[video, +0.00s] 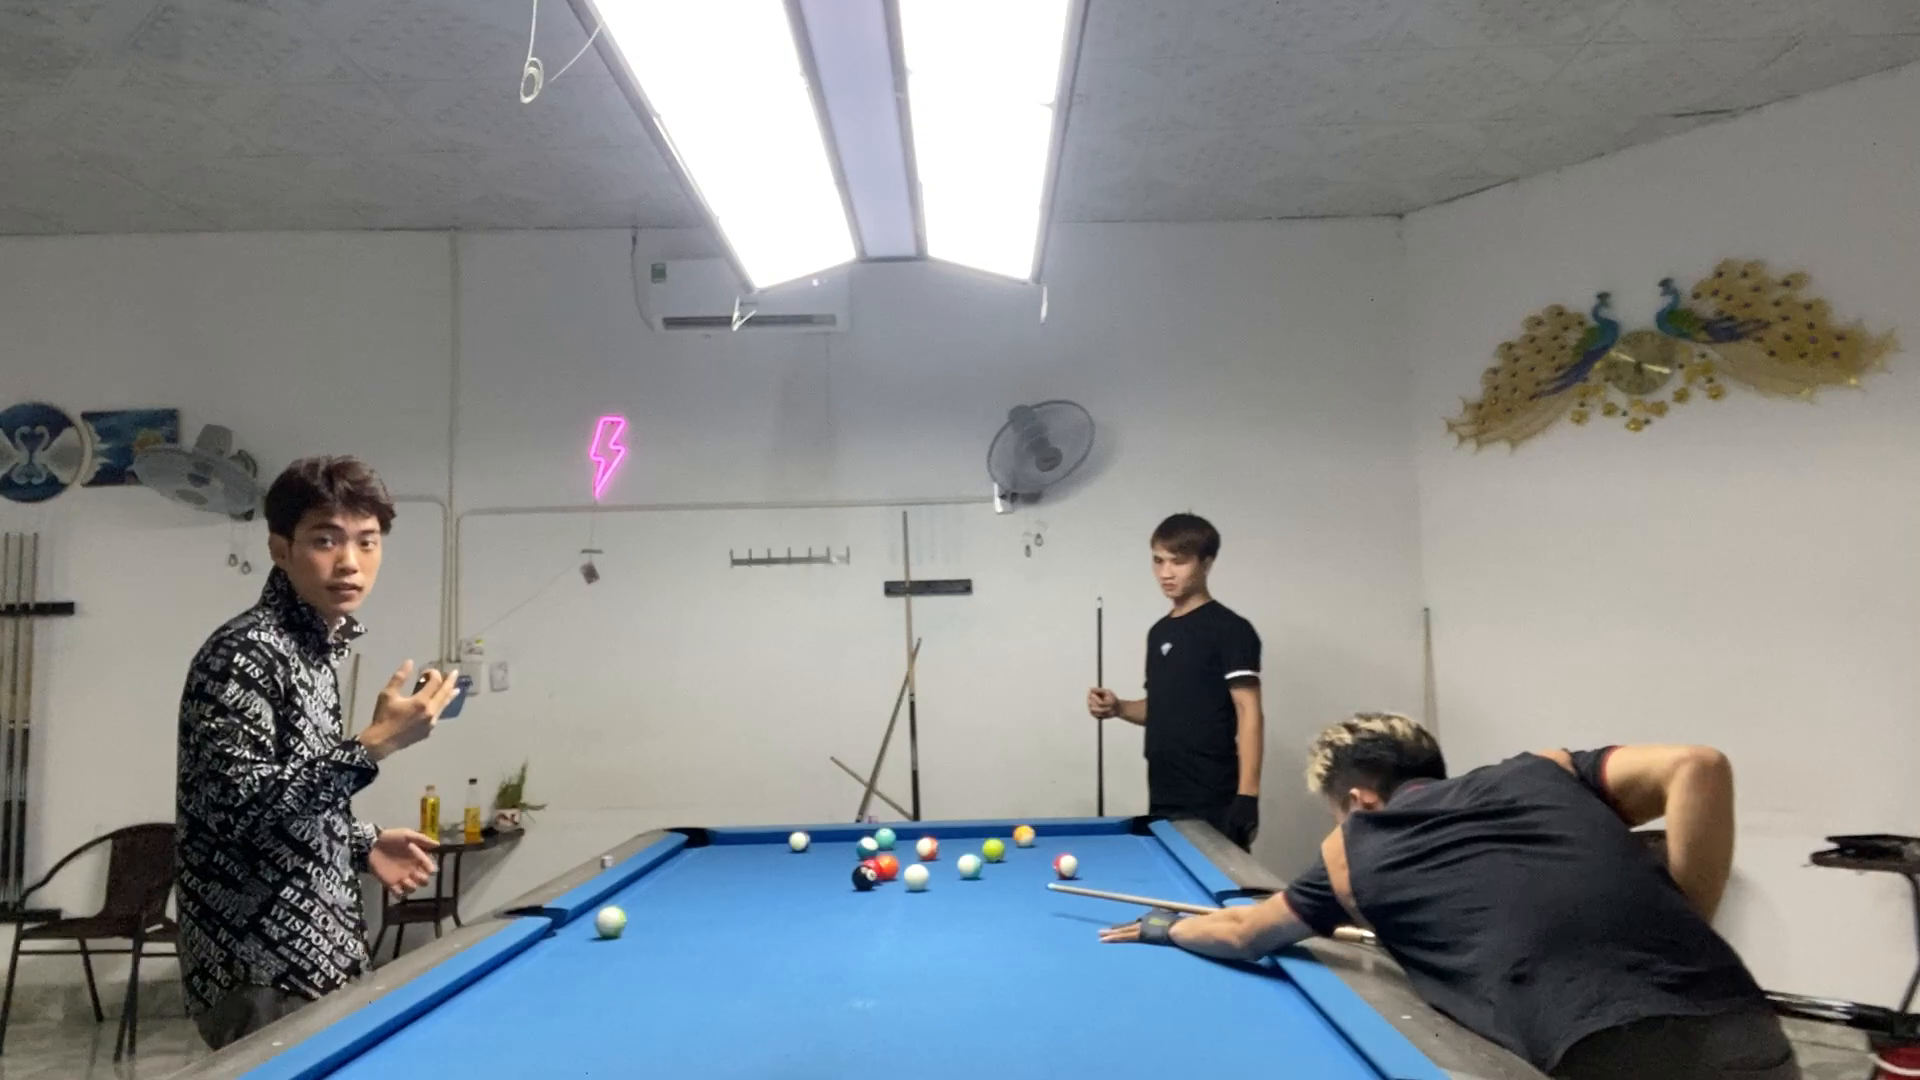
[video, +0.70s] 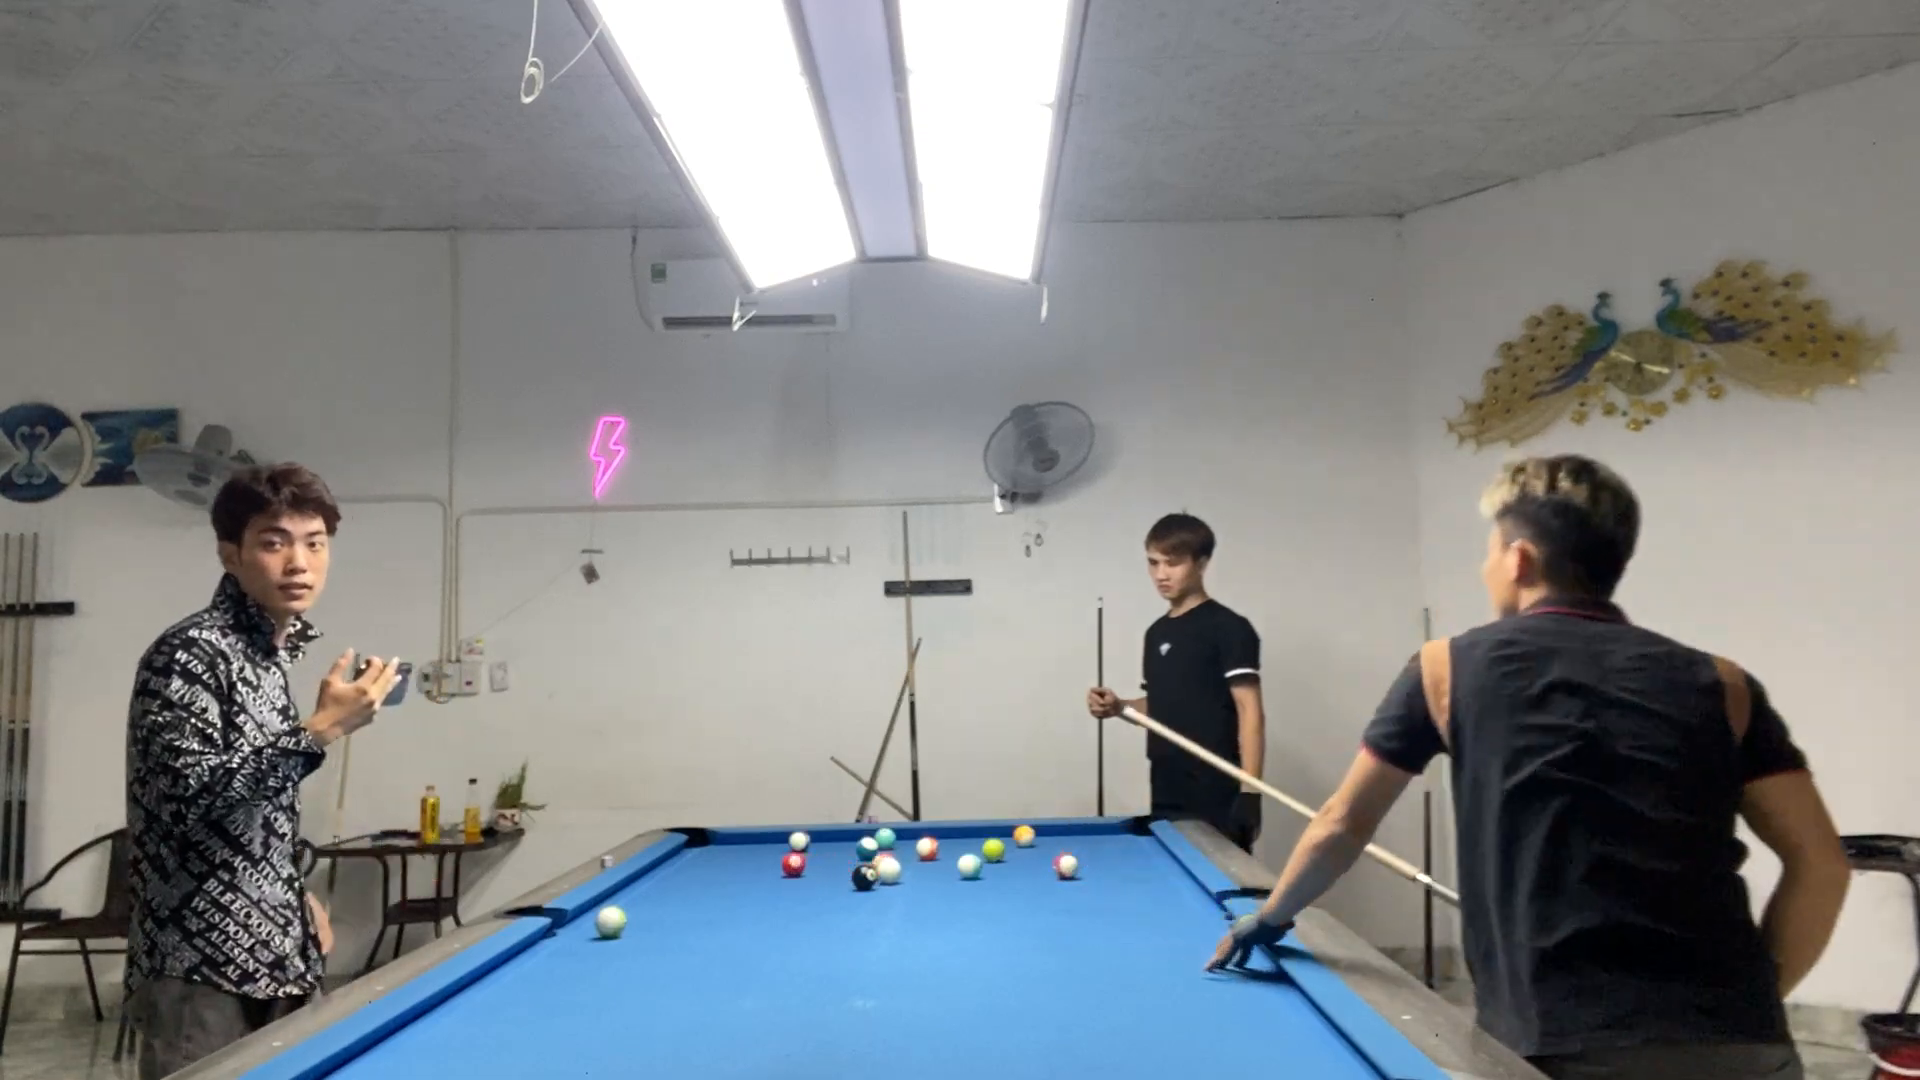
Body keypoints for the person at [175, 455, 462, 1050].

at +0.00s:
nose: (350, 561)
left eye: (366, 541)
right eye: (326, 540)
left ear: (381, 552)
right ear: (281, 549)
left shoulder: (314, 658)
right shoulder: (241, 654)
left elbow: (293, 807)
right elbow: (243, 810)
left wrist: (366, 844)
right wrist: (374, 743)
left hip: (321, 951)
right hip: (259, 967)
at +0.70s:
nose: (299, 563)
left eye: (314, 543)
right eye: (275, 542)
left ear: (329, 554)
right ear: (230, 554)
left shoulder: (267, 664)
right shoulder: (187, 657)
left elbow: (251, 820)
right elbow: (188, 796)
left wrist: (297, 897)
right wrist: (321, 728)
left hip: (279, 965)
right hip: (199, 973)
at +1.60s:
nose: (135, 601)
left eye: (141, 581)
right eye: (119, 581)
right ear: (50, 577)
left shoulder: (46, 659)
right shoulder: (9, 678)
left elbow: (45, 783)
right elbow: (44, 834)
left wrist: (91, 836)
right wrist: (165, 742)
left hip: (62, 977)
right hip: (25, 998)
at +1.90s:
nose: (107, 592)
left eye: (110, 572)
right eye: (92, 570)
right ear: (23, 572)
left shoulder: (25, 671)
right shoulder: (6, 680)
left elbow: (52, 790)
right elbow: (58, 814)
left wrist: (84, 838)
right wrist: (160, 725)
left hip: (42, 991)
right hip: (20, 998)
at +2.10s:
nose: (89, 585)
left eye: (90, 565)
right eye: (74, 563)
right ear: (10, 567)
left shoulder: (22, 667)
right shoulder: (6, 673)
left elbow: (53, 793)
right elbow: (45, 802)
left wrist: (28, 832)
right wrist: (158, 709)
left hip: (41, 965)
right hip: (19, 973)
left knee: (55, 1066)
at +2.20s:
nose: (82, 583)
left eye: (83, 563)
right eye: (68, 561)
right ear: (8, 566)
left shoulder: (19, 663)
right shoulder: (6, 668)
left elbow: (61, 774)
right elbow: (32, 802)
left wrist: (20, 816)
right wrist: (153, 708)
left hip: (39, 957)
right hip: (16, 965)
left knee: (52, 1067)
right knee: (37, 1068)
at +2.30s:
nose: (79, 581)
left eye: (79, 562)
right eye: (63, 560)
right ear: (6, 566)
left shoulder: (16, 666)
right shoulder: (5, 671)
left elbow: (46, 784)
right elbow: (33, 801)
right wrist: (148, 707)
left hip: (36, 961)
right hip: (15, 968)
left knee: (48, 1068)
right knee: (34, 1069)